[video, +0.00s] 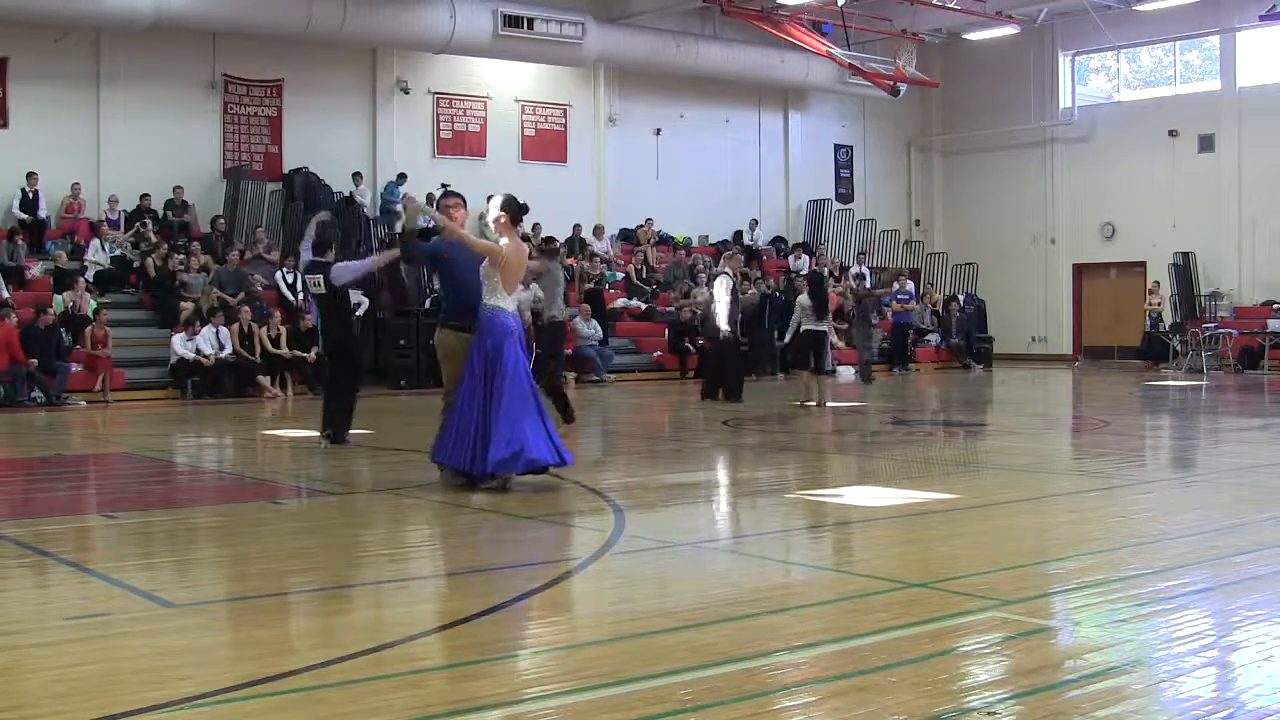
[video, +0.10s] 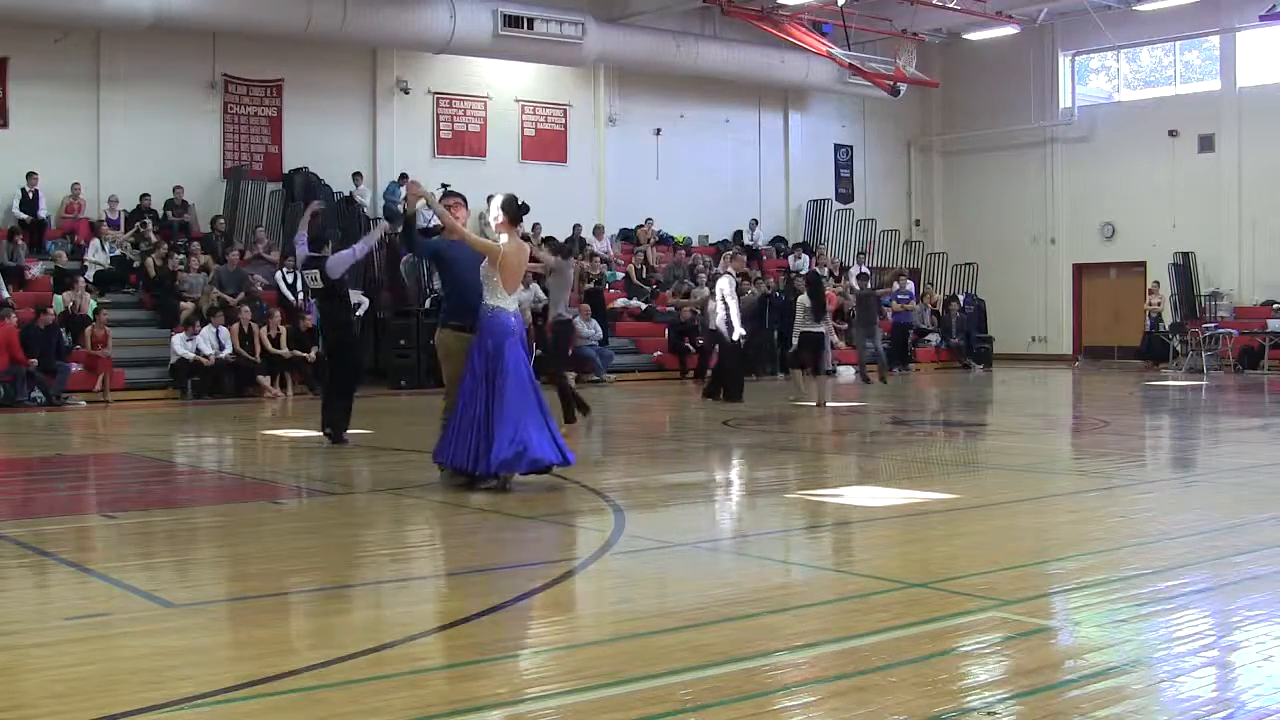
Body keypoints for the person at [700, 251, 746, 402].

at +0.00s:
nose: (740, 265)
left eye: (740, 262)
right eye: (738, 261)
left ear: (731, 262)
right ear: (728, 261)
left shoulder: (730, 279)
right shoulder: (724, 279)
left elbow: (727, 304)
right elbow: (722, 304)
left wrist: (731, 327)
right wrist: (724, 327)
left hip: (728, 329)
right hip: (725, 329)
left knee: (716, 362)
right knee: (731, 363)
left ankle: (709, 393)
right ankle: (732, 394)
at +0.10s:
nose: (744, 265)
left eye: (744, 262)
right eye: (741, 262)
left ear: (732, 263)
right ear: (731, 262)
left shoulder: (729, 279)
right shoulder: (727, 280)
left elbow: (731, 305)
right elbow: (732, 304)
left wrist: (737, 327)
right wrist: (737, 327)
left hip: (725, 321)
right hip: (725, 322)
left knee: (725, 357)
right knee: (732, 357)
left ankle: (711, 390)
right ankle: (733, 394)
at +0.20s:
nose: (746, 266)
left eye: (746, 263)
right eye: (743, 262)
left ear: (736, 264)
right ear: (734, 263)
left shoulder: (731, 280)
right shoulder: (729, 281)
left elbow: (738, 304)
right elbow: (739, 304)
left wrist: (745, 325)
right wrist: (749, 325)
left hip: (729, 323)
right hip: (729, 324)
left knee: (729, 357)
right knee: (733, 357)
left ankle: (726, 389)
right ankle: (732, 392)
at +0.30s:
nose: (748, 266)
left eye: (749, 263)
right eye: (746, 263)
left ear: (741, 264)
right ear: (737, 263)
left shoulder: (736, 280)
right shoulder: (729, 280)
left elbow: (741, 304)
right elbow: (740, 301)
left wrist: (747, 322)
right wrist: (757, 317)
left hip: (735, 322)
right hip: (728, 322)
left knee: (737, 357)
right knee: (734, 357)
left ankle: (733, 392)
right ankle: (732, 393)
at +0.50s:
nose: (753, 266)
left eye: (754, 262)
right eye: (750, 262)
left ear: (754, 264)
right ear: (741, 262)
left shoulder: (748, 282)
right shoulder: (731, 280)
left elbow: (749, 303)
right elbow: (740, 303)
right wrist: (758, 305)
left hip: (747, 324)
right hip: (733, 324)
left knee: (756, 358)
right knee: (735, 362)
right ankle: (732, 396)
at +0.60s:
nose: (758, 268)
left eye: (758, 264)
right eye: (755, 264)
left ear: (755, 266)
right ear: (746, 263)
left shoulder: (753, 283)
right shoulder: (733, 281)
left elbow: (753, 303)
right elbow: (739, 304)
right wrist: (760, 303)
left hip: (752, 322)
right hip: (738, 323)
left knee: (760, 358)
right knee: (737, 360)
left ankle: (771, 392)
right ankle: (731, 396)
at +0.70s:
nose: (760, 266)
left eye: (760, 263)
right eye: (757, 262)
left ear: (759, 263)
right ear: (748, 262)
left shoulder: (756, 281)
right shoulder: (737, 279)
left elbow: (756, 302)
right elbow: (739, 303)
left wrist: (760, 316)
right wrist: (761, 303)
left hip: (754, 320)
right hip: (742, 321)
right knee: (741, 357)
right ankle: (732, 394)